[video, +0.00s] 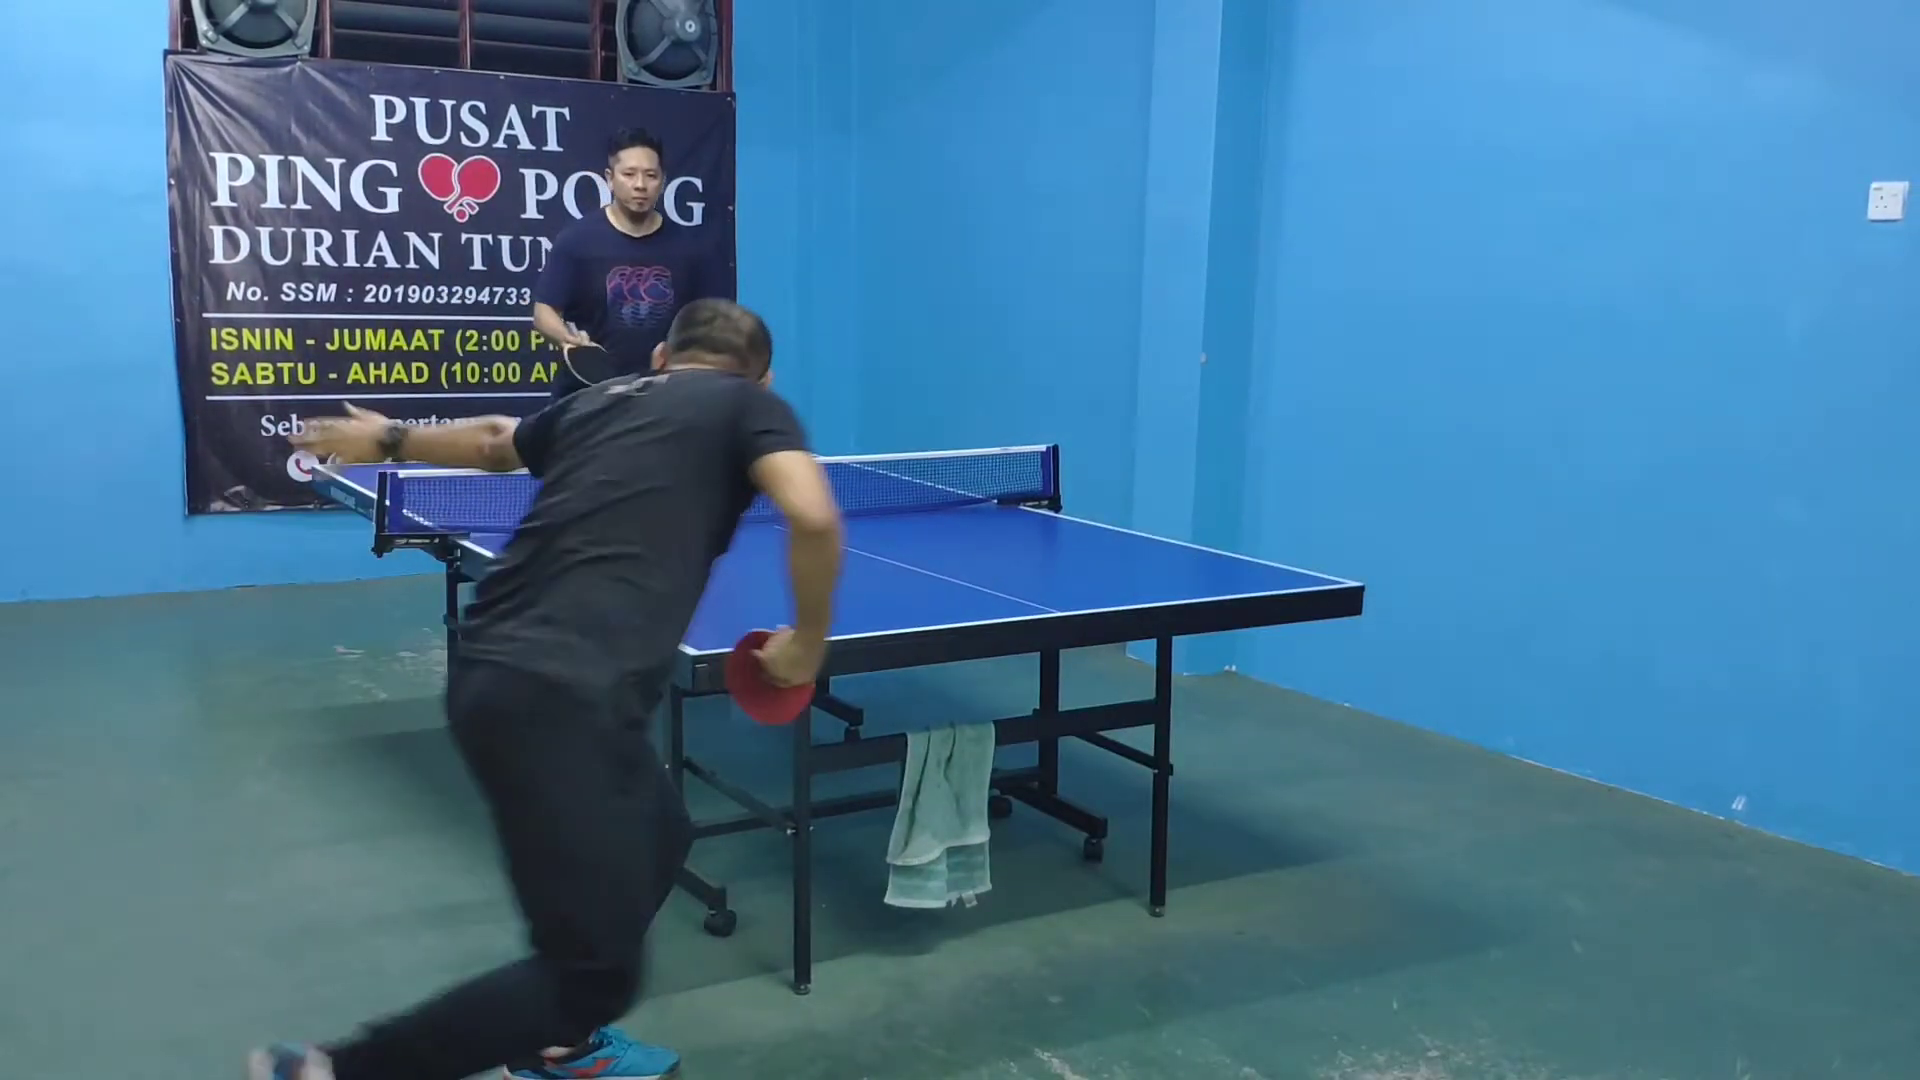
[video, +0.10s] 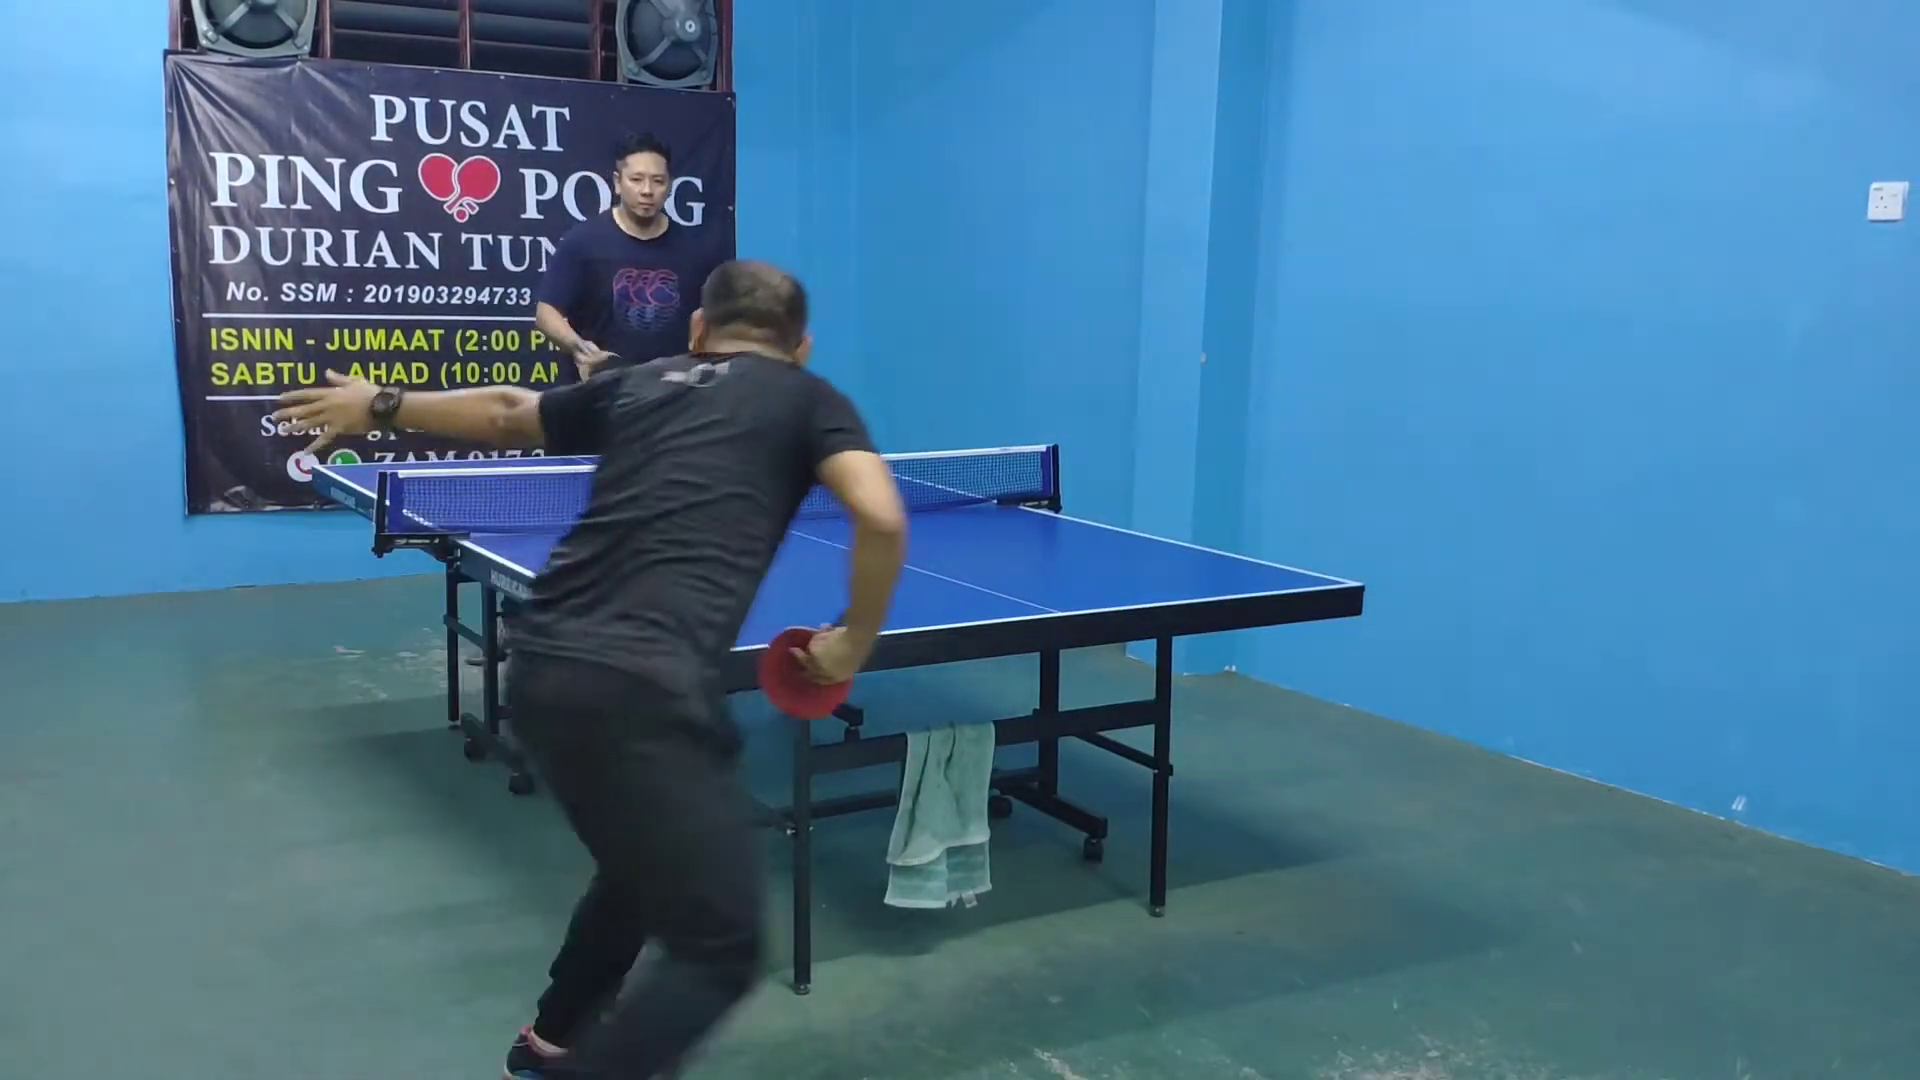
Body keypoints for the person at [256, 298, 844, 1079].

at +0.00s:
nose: (763, 394)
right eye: (764, 384)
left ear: (660, 359)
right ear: (753, 375)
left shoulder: (590, 403)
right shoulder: (745, 400)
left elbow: (492, 443)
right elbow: (815, 517)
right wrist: (807, 641)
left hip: (488, 678)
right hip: (565, 695)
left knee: (660, 839)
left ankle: (561, 1036)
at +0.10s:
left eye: (688, 324)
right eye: (808, 342)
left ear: (697, 331)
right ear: (800, 344)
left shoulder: (638, 384)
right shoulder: (805, 394)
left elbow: (509, 414)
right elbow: (882, 518)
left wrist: (381, 406)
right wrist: (854, 640)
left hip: (543, 674)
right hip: (645, 685)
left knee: (635, 865)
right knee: (718, 948)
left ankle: (558, 1034)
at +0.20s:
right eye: (858, 310)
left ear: (755, 311)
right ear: (855, 322)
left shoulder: (687, 377)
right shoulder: (869, 400)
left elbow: (547, 399)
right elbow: (955, 538)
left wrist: (410, 387)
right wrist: (906, 642)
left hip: (615, 687)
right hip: (728, 705)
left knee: (661, 874)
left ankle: (559, 1036)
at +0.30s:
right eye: (914, 300)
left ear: (808, 299)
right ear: (913, 308)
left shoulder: (744, 380)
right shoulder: (942, 400)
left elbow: (601, 405)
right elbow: (1048, 547)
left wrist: (461, 393)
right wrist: (993, 630)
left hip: (712, 712)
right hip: (836, 723)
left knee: (677, 886)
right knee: (958, 957)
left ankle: (572, 1048)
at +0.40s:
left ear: (849, 254)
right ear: (960, 255)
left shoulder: (792, 355)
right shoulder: (1009, 363)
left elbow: (628, 398)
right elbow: (1122, 510)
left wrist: (506, 401)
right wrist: (1070, 596)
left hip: (796, 703)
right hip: (936, 708)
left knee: (730, 891)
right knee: (996, 966)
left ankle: (662, 1064)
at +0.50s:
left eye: (887, 195)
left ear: (887, 206)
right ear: (1000, 205)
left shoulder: (821, 312)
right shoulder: (1058, 317)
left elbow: (654, 412)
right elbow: (1174, 467)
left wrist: (614, 411)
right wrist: (1126, 563)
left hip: (860, 669)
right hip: (1009, 670)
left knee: (799, 892)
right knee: (1075, 904)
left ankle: (779, 1068)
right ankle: (1015, 1074)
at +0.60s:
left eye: (926, 213)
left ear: (929, 224)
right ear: (1041, 222)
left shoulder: (864, 330)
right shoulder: (1101, 331)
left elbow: (729, 461)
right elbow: (1209, 486)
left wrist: (692, 502)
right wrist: (1166, 584)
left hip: (921, 689)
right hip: (1073, 685)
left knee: (840, 928)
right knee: (1160, 907)